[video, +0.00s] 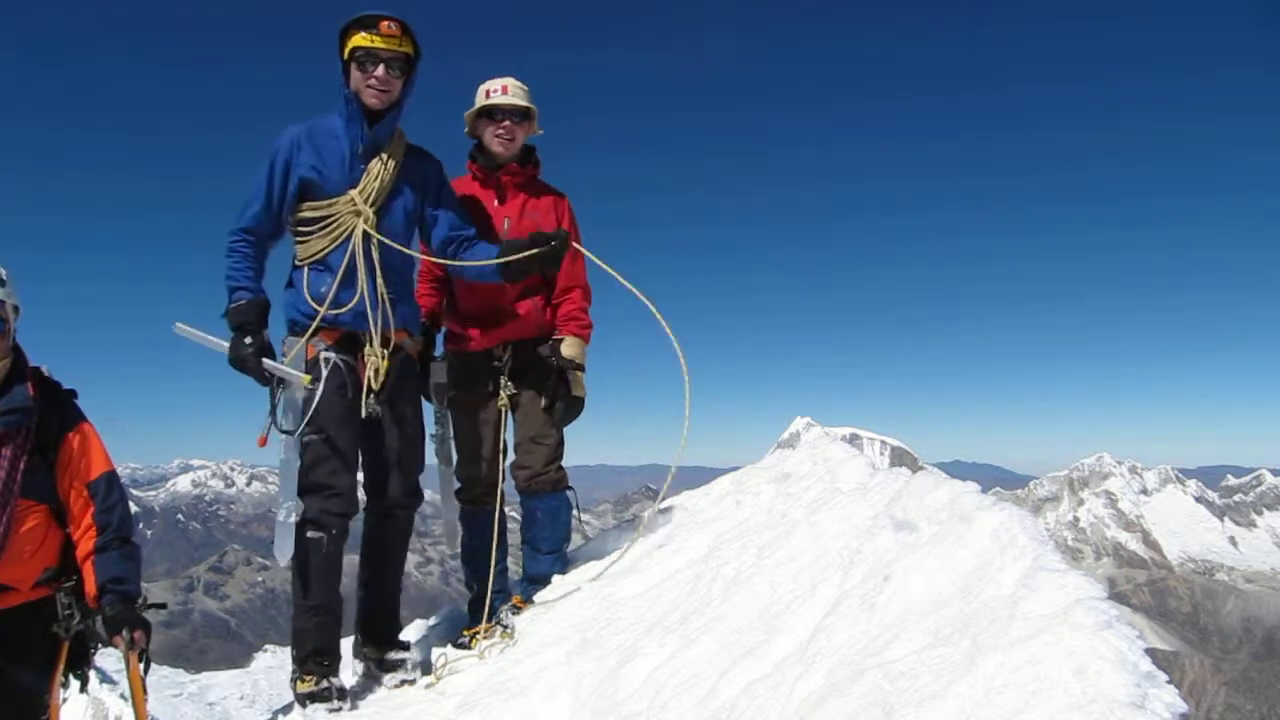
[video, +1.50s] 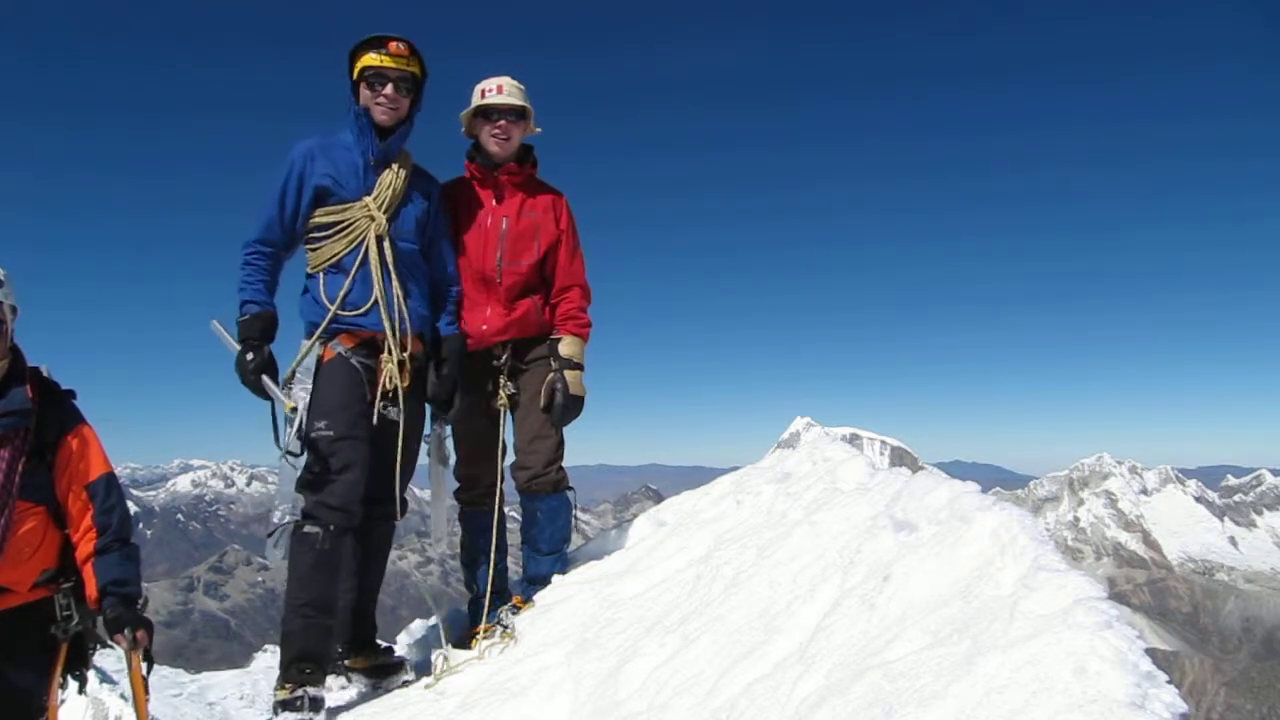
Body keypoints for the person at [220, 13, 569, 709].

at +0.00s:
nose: (380, 75)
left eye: (393, 66)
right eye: (368, 62)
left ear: (409, 77)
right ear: (347, 69)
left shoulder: (422, 167)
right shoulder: (304, 145)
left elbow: (457, 248)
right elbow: (248, 236)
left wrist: (510, 257)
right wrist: (247, 322)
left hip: (398, 350)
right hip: (321, 344)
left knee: (397, 495)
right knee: (326, 497)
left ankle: (379, 641)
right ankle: (314, 661)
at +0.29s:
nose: (385, 85)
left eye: (398, 75)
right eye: (373, 72)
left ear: (411, 87)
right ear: (351, 80)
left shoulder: (418, 174)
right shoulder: (306, 154)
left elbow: (444, 268)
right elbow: (250, 245)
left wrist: (475, 322)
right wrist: (251, 327)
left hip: (398, 355)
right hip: (328, 349)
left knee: (384, 501)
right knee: (338, 499)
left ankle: (357, 640)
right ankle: (316, 660)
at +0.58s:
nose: (389, 90)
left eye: (401, 81)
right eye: (377, 78)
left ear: (414, 93)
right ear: (355, 85)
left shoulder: (423, 183)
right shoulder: (311, 161)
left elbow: (446, 275)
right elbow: (263, 251)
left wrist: (452, 326)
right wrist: (258, 329)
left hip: (404, 357)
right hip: (330, 351)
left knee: (384, 501)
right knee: (333, 496)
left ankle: (357, 640)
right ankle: (314, 656)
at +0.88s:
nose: (389, 94)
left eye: (402, 85)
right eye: (378, 82)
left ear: (416, 96)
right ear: (357, 89)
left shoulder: (427, 186)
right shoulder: (313, 164)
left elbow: (448, 279)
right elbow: (264, 252)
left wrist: (452, 340)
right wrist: (255, 329)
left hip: (405, 357)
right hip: (332, 351)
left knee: (381, 500)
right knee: (332, 491)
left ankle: (357, 640)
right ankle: (303, 665)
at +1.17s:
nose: (388, 93)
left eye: (401, 84)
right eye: (376, 81)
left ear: (416, 96)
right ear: (356, 88)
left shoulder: (427, 187)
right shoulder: (315, 162)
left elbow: (449, 278)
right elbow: (264, 253)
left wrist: (448, 342)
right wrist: (255, 335)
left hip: (407, 361)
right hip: (336, 354)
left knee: (380, 504)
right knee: (330, 501)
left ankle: (356, 639)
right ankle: (301, 669)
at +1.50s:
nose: (389, 92)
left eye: (402, 84)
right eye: (377, 80)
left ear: (417, 97)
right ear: (356, 88)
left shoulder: (426, 188)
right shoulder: (319, 156)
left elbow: (444, 282)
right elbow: (262, 247)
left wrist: (447, 351)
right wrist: (256, 332)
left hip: (409, 361)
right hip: (342, 352)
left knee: (381, 504)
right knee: (334, 500)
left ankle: (356, 640)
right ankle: (302, 670)